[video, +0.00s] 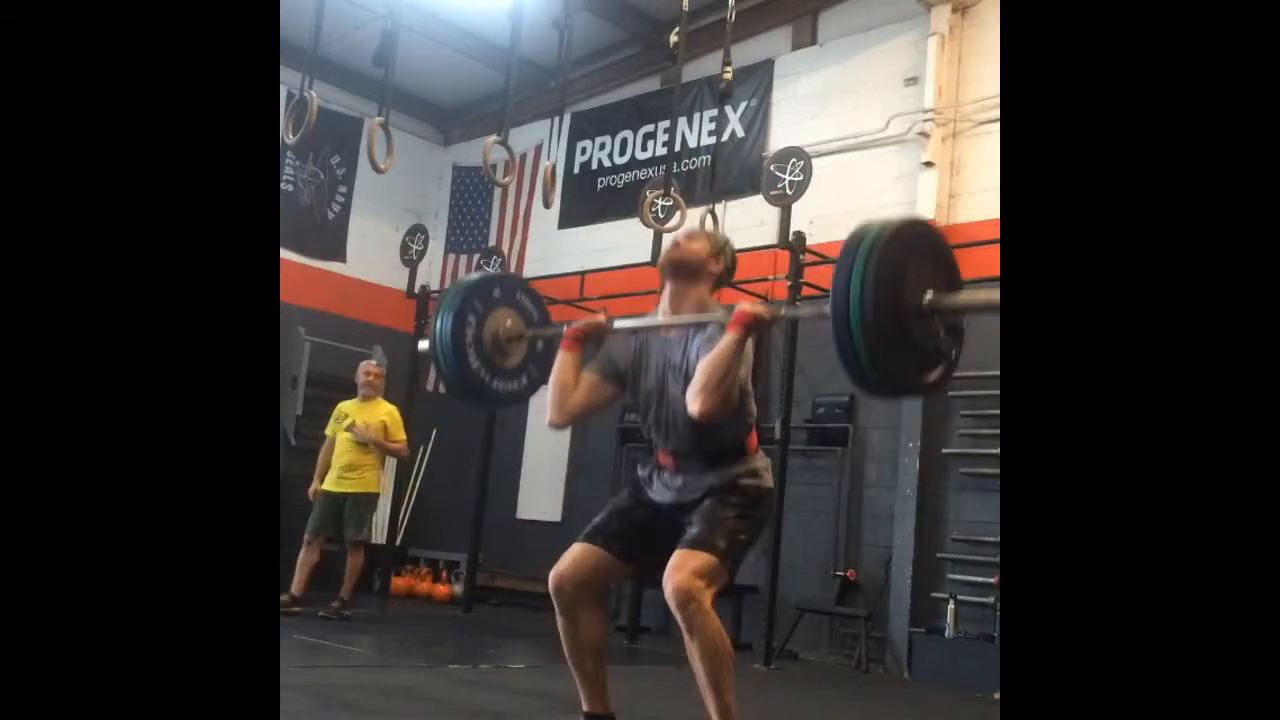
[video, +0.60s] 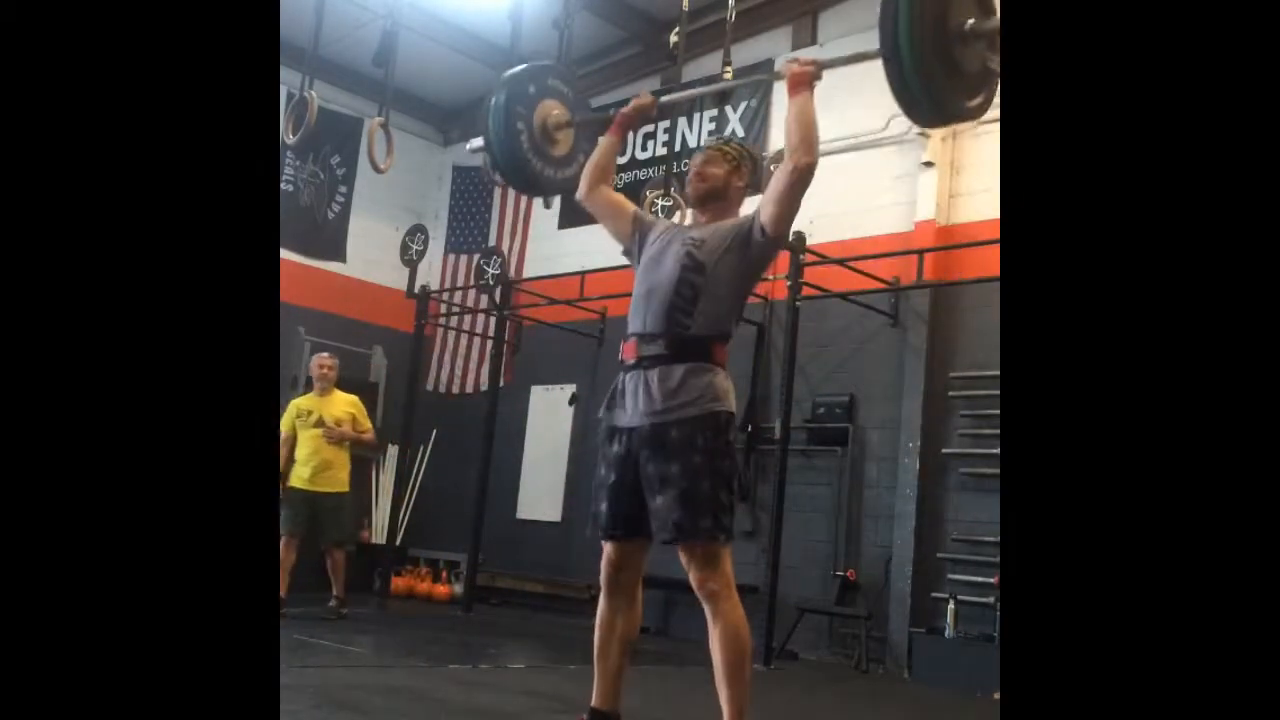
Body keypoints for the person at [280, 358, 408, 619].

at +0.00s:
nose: (370, 379)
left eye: (376, 376)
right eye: (366, 374)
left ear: (383, 382)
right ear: (357, 378)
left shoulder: (389, 412)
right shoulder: (343, 408)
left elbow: (402, 451)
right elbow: (328, 445)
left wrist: (370, 439)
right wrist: (317, 479)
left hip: (363, 488)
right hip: (332, 484)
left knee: (355, 544)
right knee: (311, 539)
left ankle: (343, 600)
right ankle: (293, 595)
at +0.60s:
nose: (325, 372)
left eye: (330, 368)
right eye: (320, 367)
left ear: (337, 373)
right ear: (311, 371)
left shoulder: (351, 403)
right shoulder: (297, 405)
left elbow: (371, 438)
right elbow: (286, 443)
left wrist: (347, 435)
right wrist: (282, 476)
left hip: (336, 488)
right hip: (299, 485)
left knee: (335, 546)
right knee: (288, 540)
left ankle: (337, 597)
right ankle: (282, 593)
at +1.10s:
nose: (307, 370)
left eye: (311, 366)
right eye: (302, 365)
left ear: (316, 370)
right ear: (289, 368)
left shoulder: (330, 398)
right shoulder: (282, 399)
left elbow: (353, 432)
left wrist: (327, 429)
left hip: (318, 478)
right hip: (285, 479)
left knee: (321, 531)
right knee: (284, 540)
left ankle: (317, 588)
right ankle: (280, 592)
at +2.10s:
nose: (350, 364)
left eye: (355, 360)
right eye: (345, 358)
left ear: (360, 366)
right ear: (333, 362)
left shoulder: (370, 401)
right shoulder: (311, 396)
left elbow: (385, 438)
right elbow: (294, 436)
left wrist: (366, 434)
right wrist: (285, 471)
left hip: (346, 486)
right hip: (310, 480)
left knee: (328, 545)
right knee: (292, 539)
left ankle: (313, 605)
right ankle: (281, 594)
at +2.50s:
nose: (360, 363)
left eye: (364, 359)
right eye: (354, 358)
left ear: (369, 365)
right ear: (341, 364)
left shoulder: (376, 401)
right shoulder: (323, 395)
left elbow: (386, 439)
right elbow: (302, 438)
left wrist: (380, 438)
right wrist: (298, 478)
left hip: (359, 485)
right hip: (326, 480)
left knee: (340, 545)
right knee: (327, 541)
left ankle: (313, 603)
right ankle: (324, 605)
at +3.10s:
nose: (369, 357)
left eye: (373, 352)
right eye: (362, 354)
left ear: (379, 356)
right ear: (351, 360)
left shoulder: (388, 390)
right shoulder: (341, 393)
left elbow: (392, 427)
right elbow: (327, 441)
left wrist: (401, 431)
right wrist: (337, 481)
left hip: (377, 486)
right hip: (347, 485)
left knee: (376, 545)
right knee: (337, 547)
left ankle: (337, 594)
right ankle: (330, 612)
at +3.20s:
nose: (374, 358)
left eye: (378, 353)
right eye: (368, 354)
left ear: (384, 356)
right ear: (356, 360)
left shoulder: (391, 390)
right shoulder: (345, 394)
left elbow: (395, 426)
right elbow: (331, 443)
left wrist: (404, 432)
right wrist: (338, 485)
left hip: (384, 487)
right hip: (352, 487)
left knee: (388, 544)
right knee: (338, 548)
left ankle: (359, 603)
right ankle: (331, 612)